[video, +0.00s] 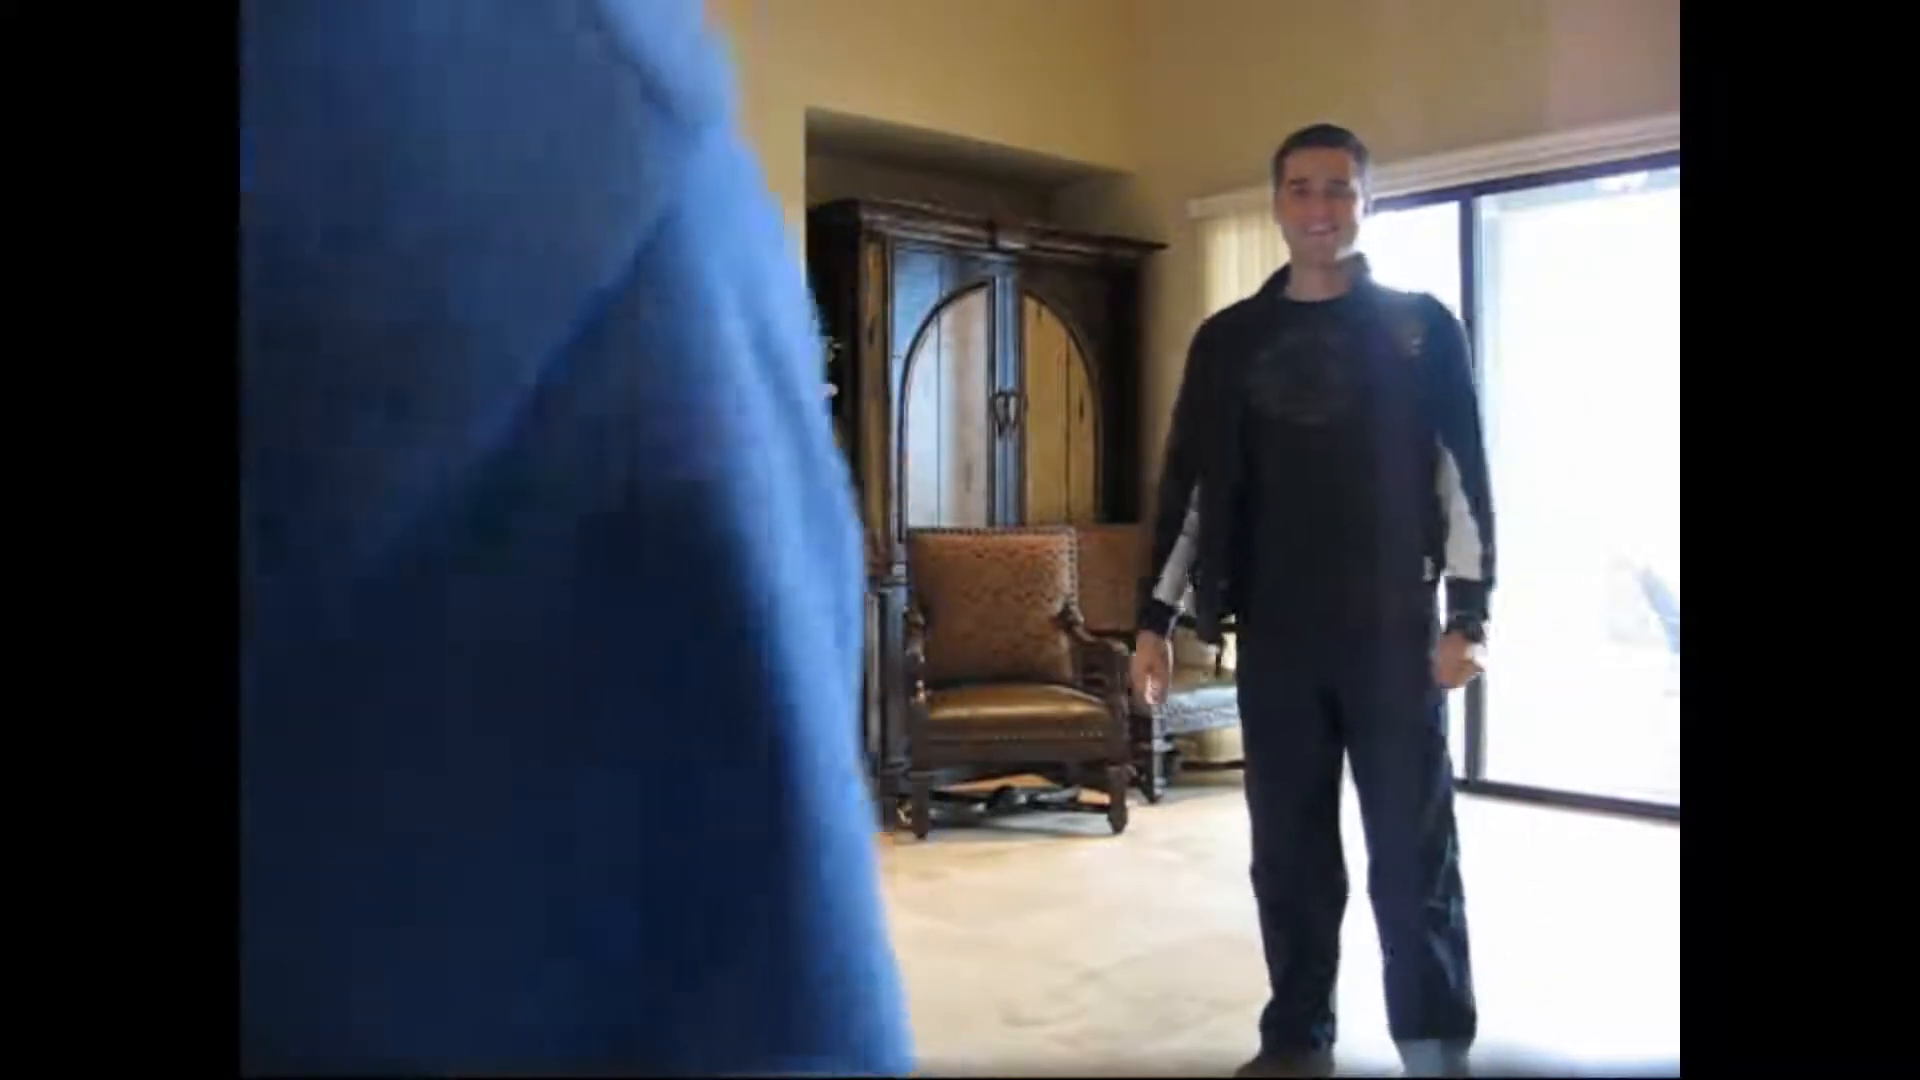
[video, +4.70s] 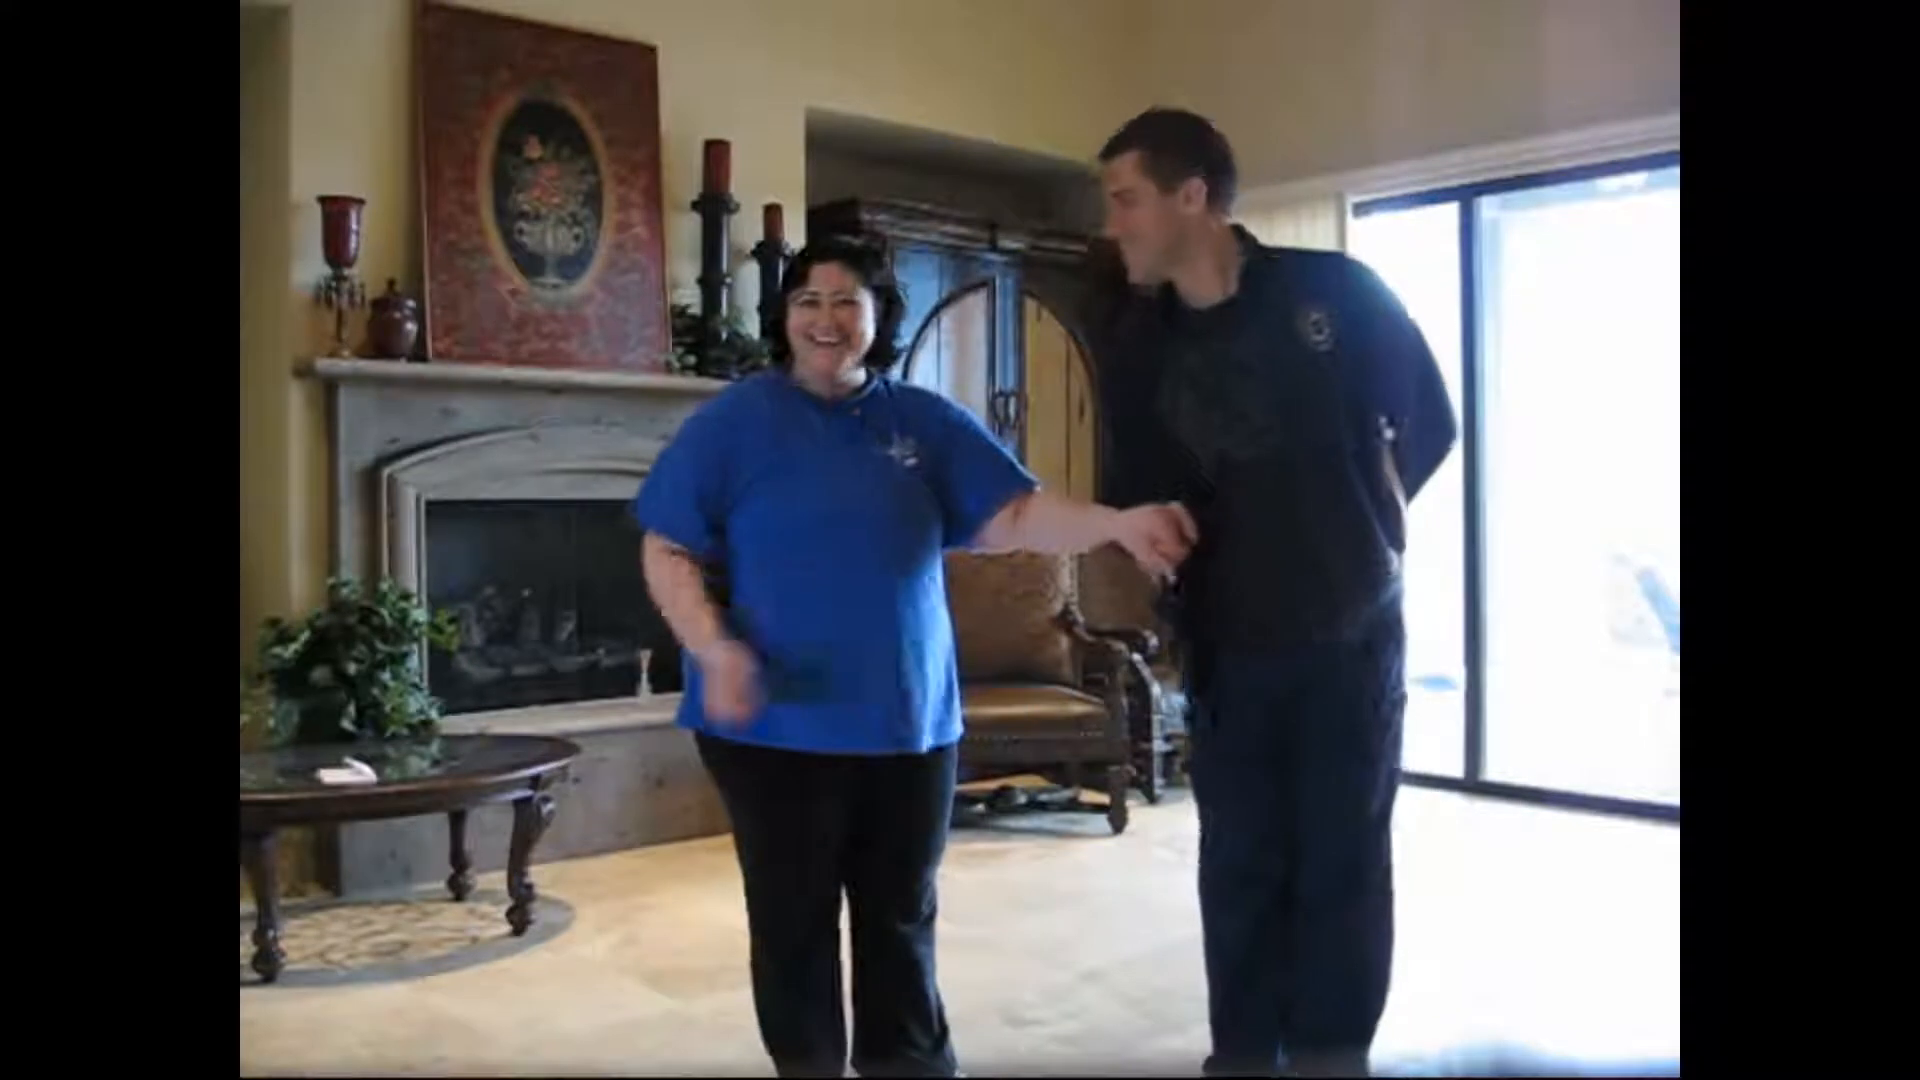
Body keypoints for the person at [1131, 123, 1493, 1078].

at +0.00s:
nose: (1319, 204)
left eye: (1337, 188)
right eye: (1301, 188)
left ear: (1366, 203)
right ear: (1276, 204)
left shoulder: (1420, 326)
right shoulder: (1226, 338)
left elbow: (1464, 477)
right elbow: (1185, 486)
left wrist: (1467, 616)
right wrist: (1155, 619)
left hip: (1392, 634)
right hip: (1276, 636)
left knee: (1414, 861)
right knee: (1287, 856)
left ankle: (1439, 1055)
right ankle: (1295, 1041)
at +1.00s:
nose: (1252, 204)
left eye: (1270, 185)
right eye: (1235, 188)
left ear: (1302, 198)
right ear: (1215, 205)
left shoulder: (1359, 323)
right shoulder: (1171, 342)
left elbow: (1399, 477)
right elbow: (1114, 479)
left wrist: (1371, 610)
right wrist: (1042, 593)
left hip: (1328, 633)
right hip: (1205, 640)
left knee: (1382, 864)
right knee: (1206, 864)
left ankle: (1432, 1056)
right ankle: (1208, 1054)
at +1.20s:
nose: (1210, 204)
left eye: (1229, 186)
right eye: (1191, 188)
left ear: (1261, 197)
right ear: (1170, 205)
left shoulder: (1325, 316)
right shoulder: (1138, 337)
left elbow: (1375, 471)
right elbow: (1044, 449)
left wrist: (1367, 616)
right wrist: (936, 525)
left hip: (1312, 629)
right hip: (1190, 634)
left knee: (1354, 862)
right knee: (1200, 866)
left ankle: (1403, 1052)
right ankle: (1206, 1056)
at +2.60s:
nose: (1266, 253)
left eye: (1278, 230)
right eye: (1244, 234)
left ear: (1295, 211)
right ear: (1200, 221)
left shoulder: (1343, 315)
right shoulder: (1148, 337)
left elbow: (1429, 450)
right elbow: (1098, 464)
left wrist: (1322, 472)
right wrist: (1041, 508)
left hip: (1325, 639)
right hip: (1205, 640)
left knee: (1327, 862)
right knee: (1210, 862)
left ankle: (1326, 1060)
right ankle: (1209, 1055)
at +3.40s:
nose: (1292, 181)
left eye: (1308, 160)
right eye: (1270, 167)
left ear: (1342, 173)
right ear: (1247, 189)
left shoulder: (1420, 303)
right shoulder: (1210, 325)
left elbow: (1481, 471)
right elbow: (1188, 469)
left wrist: (1410, 571)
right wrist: (1181, 476)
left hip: (1373, 636)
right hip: (1252, 637)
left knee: (1360, 865)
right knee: (1256, 860)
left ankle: (1338, 1059)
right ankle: (1250, 1055)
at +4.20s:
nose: (1158, 258)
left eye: (1171, 228)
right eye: (1134, 248)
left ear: (1219, 228)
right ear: (1125, 271)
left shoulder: (1353, 314)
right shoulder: (1146, 385)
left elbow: (1446, 431)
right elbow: (1141, 504)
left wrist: (1378, 519)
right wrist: (1174, 531)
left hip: (1378, 632)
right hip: (1253, 640)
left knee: (1362, 859)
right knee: (1262, 859)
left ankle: (1342, 1057)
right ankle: (1247, 1058)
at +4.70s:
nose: (1110, 224)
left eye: (1124, 199)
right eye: (1107, 203)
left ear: (1195, 195)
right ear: (1168, 204)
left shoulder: (1335, 287)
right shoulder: (1133, 344)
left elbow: (1430, 423)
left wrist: (1359, 518)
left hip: (1346, 628)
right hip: (1225, 633)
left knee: (1340, 860)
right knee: (1239, 863)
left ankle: (1330, 1059)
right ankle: (1241, 1058)